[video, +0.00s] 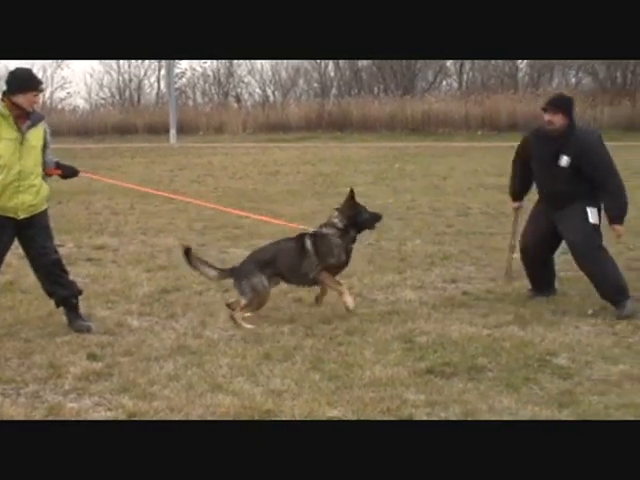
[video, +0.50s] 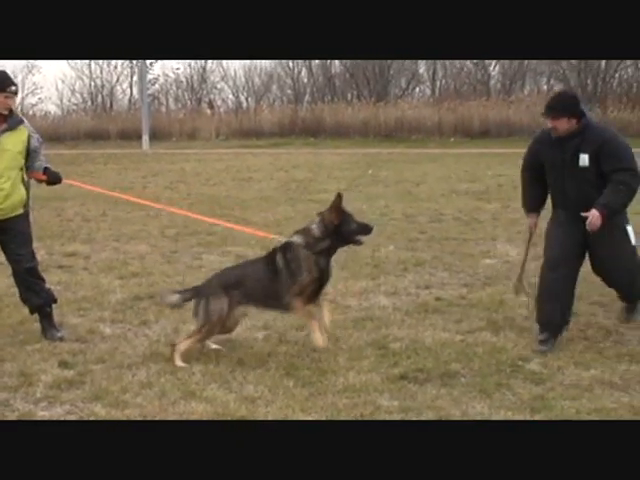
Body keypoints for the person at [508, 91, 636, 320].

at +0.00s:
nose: (548, 118)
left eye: (554, 114)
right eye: (546, 113)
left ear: (567, 117)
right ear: (542, 114)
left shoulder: (586, 141)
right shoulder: (534, 140)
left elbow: (609, 178)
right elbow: (521, 166)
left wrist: (616, 216)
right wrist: (517, 195)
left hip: (580, 206)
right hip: (547, 205)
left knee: (587, 252)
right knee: (531, 246)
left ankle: (622, 300)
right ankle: (542, 289)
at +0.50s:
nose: (550, 124)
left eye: (555, 119)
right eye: (549, 119)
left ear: (573, 119)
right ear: (549, 118)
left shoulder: (603, 140)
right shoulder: (543, 144)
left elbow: (627, 177)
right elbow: (532, 175)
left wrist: (602, 210)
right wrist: (533, 209)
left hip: (605, 218)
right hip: (565, 218)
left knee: (616, 267)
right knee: (555, 270)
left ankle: (632, 298)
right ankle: (549, 328)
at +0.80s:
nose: (586, 136)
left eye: (592, 130)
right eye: (585, 130)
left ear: (610, 131)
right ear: (585, 130)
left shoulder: (633, 153)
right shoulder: (580, 157)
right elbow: (563, 195)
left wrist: (639, 228)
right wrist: (554, 235)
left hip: (632, 237)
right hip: (598, 235)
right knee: (565, 281)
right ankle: (542, 338)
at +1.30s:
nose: (567, 123)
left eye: (572, 118)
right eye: (566, 118)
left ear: (589, 119)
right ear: (575, 118)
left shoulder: (625, 143)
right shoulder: (564, 141)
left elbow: (636, 190)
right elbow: (550, 174)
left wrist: (619, 228)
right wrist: (544, 211)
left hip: (623, 225)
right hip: (583, 220)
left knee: (636, 282)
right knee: (556, 269)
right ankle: (567, 335)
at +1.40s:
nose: (543, 119)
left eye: (548, 113)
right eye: (543, 113)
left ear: (565, 111)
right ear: (561, 112)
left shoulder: (605, 132)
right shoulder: (551, 135)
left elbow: (616, 177)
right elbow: (543, 171)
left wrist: (589, 209)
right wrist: (537, 206)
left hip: (607, 218)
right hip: (570, 214)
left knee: (626, 283)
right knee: (545, 268)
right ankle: (564, 332)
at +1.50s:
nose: (526, 126)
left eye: (528, 121)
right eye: (525, 121)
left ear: (543, 117)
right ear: (541, 117)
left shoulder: (575, 132)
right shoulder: (549, 134)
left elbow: (570, 178)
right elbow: (546, 171)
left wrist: (527, 186)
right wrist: (536, 205)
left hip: (594, 217)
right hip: (561, 215)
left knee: (604, 281)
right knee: (530, 260)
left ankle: (636, 340)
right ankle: (538, 324)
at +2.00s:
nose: (528, 136)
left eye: (532, 129)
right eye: (526, 130)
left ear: (552, 123)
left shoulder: (593, 139)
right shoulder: (532, 143)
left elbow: (603, 185)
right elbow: (525, 179)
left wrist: (563, 210)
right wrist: (523, 215)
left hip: (596, 221)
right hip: (554, 220)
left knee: (609, 287)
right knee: (522, 268)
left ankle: (634, 352)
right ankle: (516, 324)